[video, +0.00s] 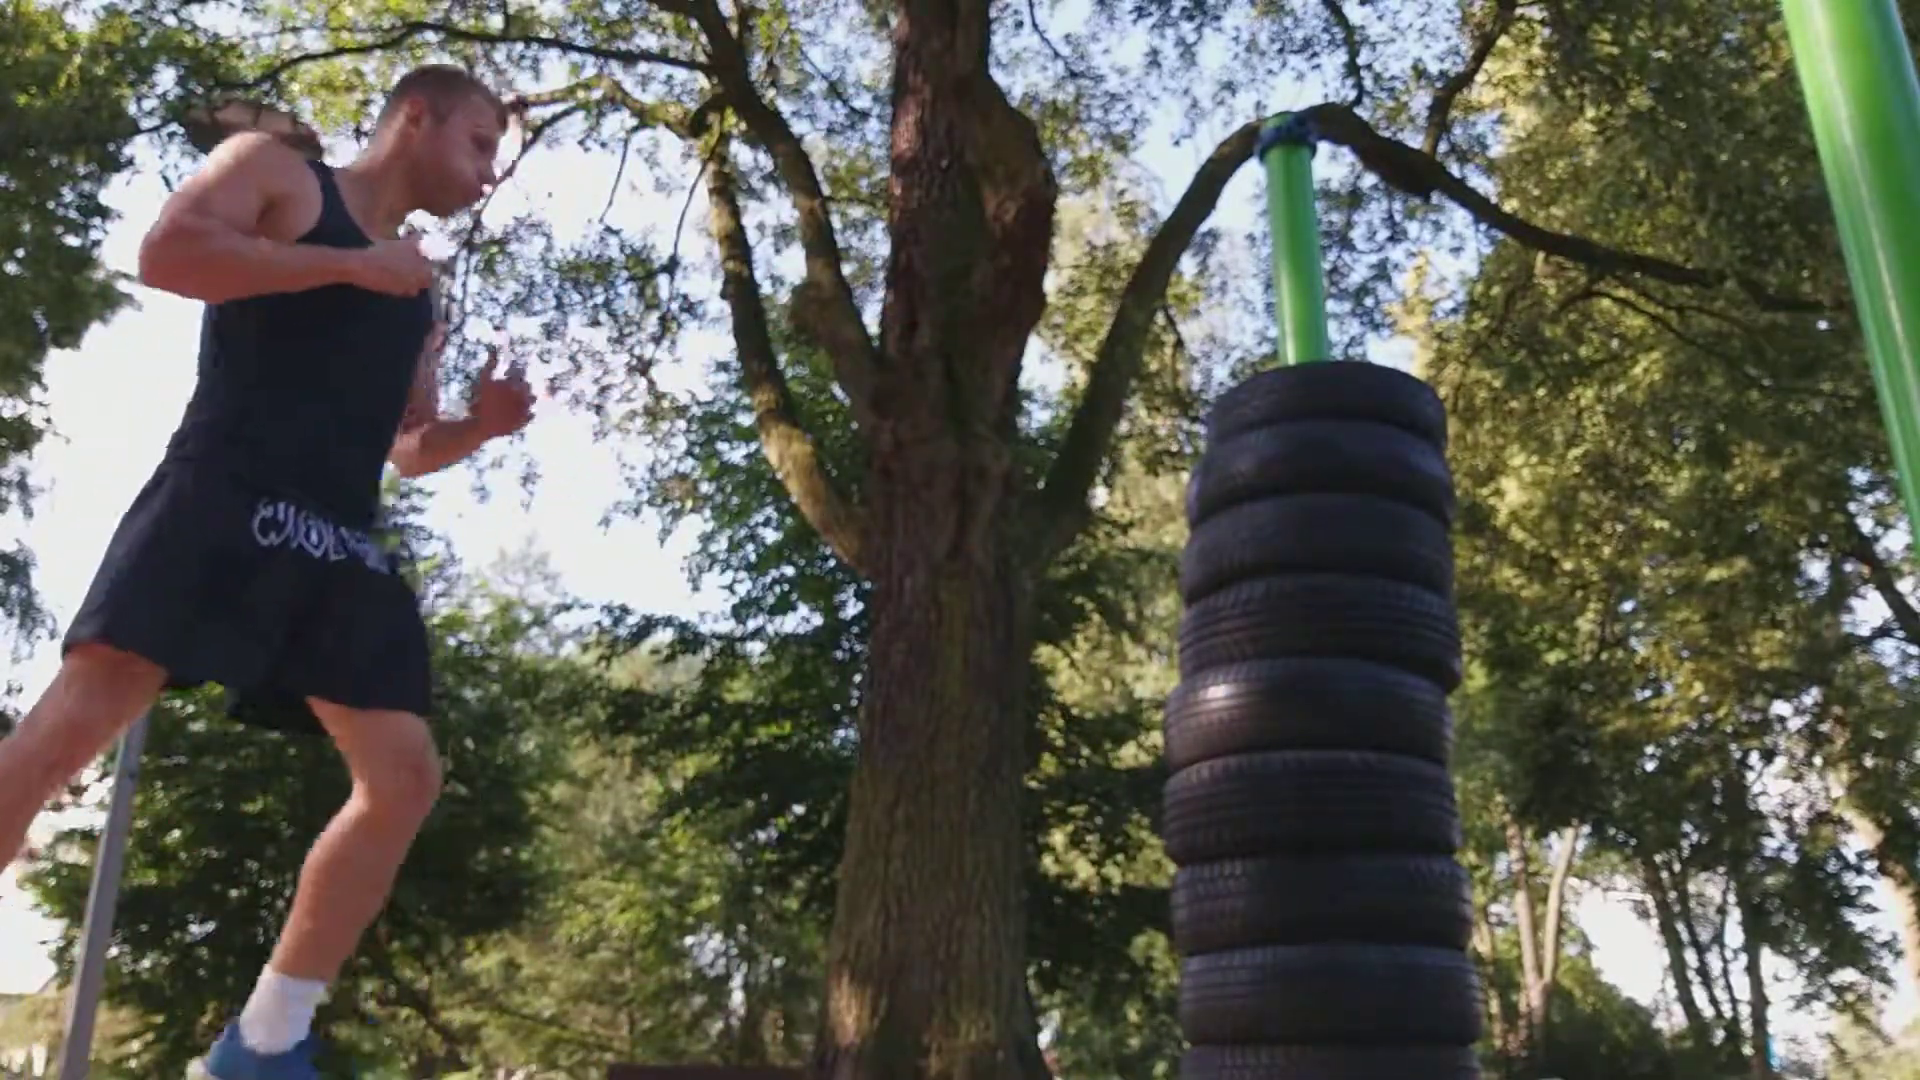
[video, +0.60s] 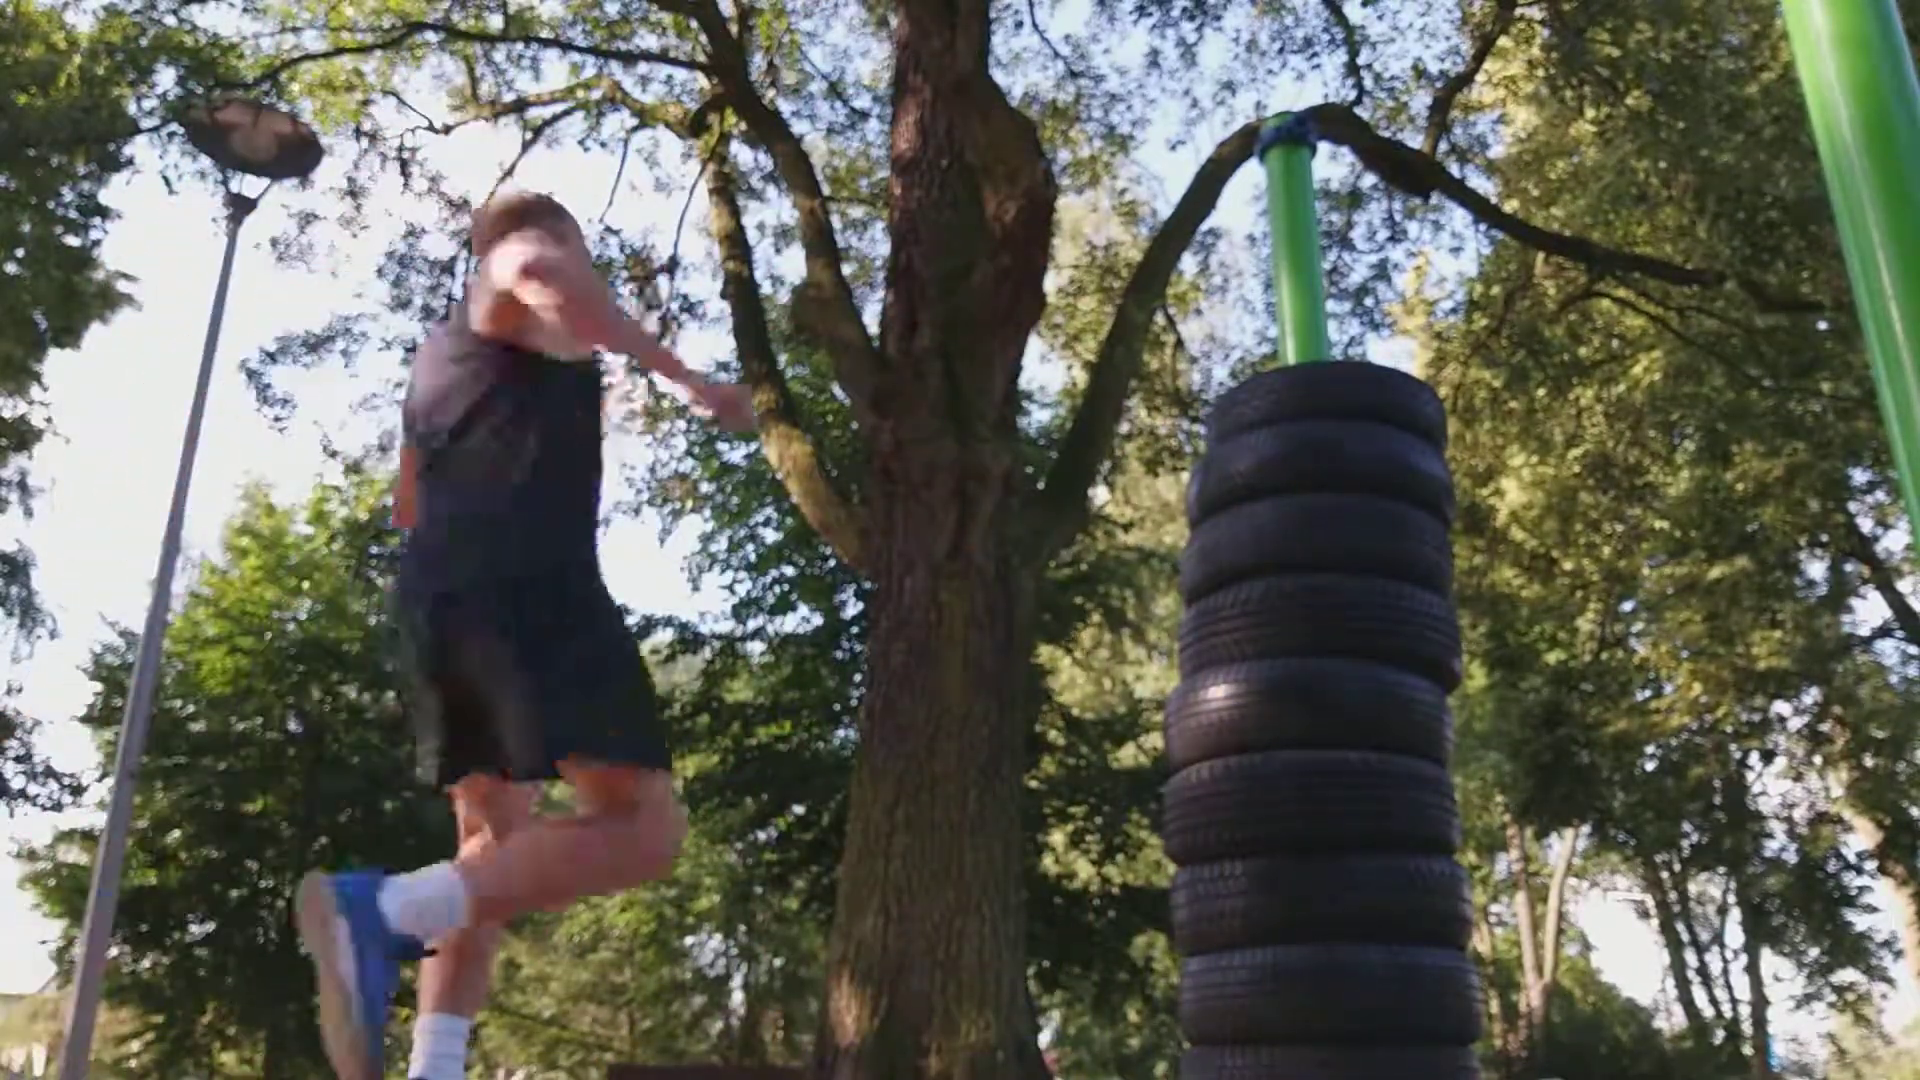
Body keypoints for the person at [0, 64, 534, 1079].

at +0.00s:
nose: (490, 170)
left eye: (497, 155)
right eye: (481, 142)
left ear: (427, 133)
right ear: (416, 118)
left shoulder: (418, 288)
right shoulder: (279, 162)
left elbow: (409, 448)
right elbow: (167, 255)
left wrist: (479, 424)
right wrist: (352, 263)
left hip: (339, 549)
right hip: (213, 511)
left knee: (401, 784)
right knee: (63, 736)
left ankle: (263, 1041)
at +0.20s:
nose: (502, 176)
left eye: (509, 160)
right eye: (498, 149)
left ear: (448, 136)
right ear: (432, 118)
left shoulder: (435, 284)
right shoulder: (285, 165)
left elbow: (409, 434)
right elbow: (141, 278)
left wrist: (446, 434)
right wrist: (272, 358)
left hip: (350, 552)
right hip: (224, 522)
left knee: (444, 756)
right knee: (79, 734)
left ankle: (302, 1008)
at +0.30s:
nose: (534, 177)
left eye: (540, 159)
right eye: (529, 149)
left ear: (483, 137)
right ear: (468, 122)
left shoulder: (474, 284)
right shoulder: (316, 175)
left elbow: (490, 438)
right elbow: (165, 289)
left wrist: (518, 434)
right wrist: (189, 431)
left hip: (379, 547)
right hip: (266, 511)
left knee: (457, 761)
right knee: (148, 729)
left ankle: (365, 1028)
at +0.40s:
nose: (557, 228)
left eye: (559, 207)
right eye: (550, 201)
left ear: (492, 191)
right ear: (496, 182)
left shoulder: (498, 339)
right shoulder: (353, 239)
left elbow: (590, 451)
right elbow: (188, 344)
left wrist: (663, 385)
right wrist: (149, 497)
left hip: (403, 598)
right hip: (305, 563)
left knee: (476, 809)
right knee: (179, 769)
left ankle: (442, 1060)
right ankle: (5, 994)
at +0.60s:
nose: (587, 268)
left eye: (584, 258)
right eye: (579, 251)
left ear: (478, 250)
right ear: (549, 238)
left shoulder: (439, 347)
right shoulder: (531, 244)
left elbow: (410, 505)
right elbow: (546, 288)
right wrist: (684, 377)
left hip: (438, 593)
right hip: (528, 582)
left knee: (490, 844)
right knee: (645, 834)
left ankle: (436, 1068)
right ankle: (386, 913)